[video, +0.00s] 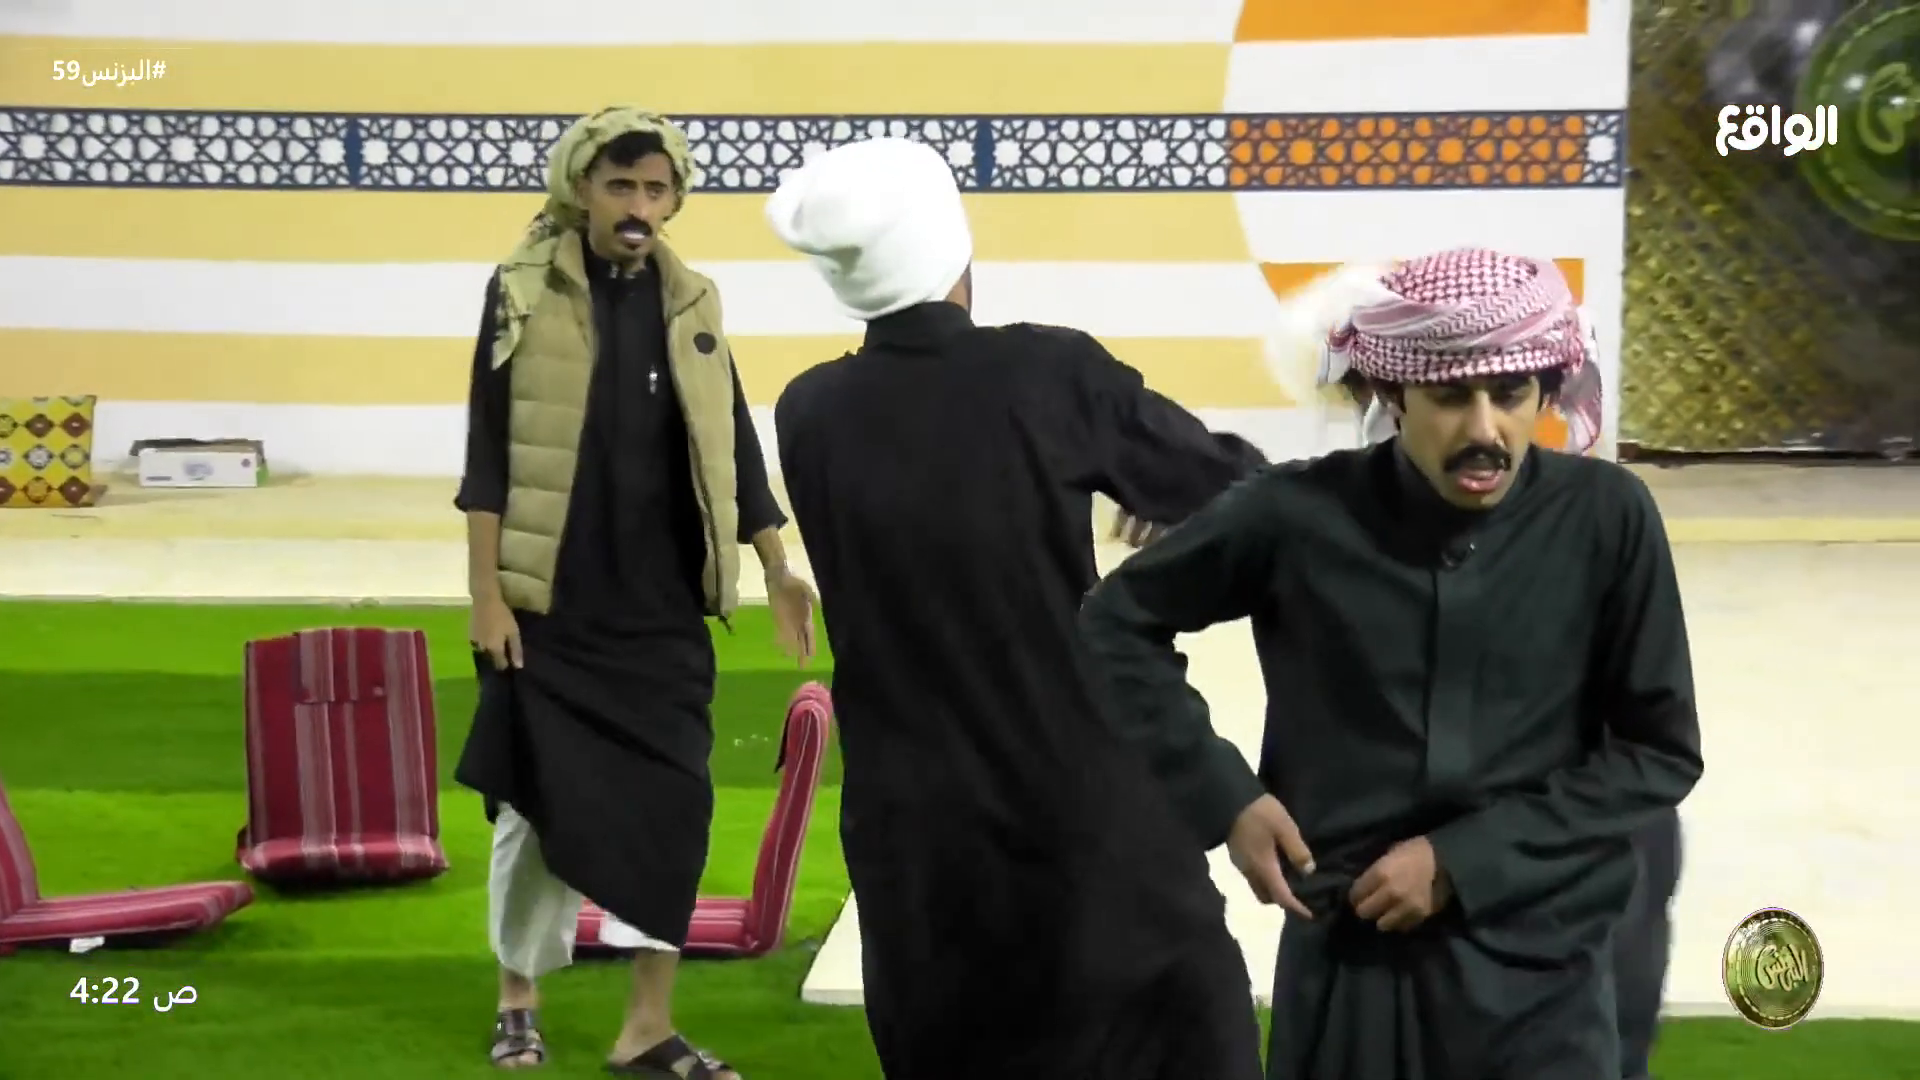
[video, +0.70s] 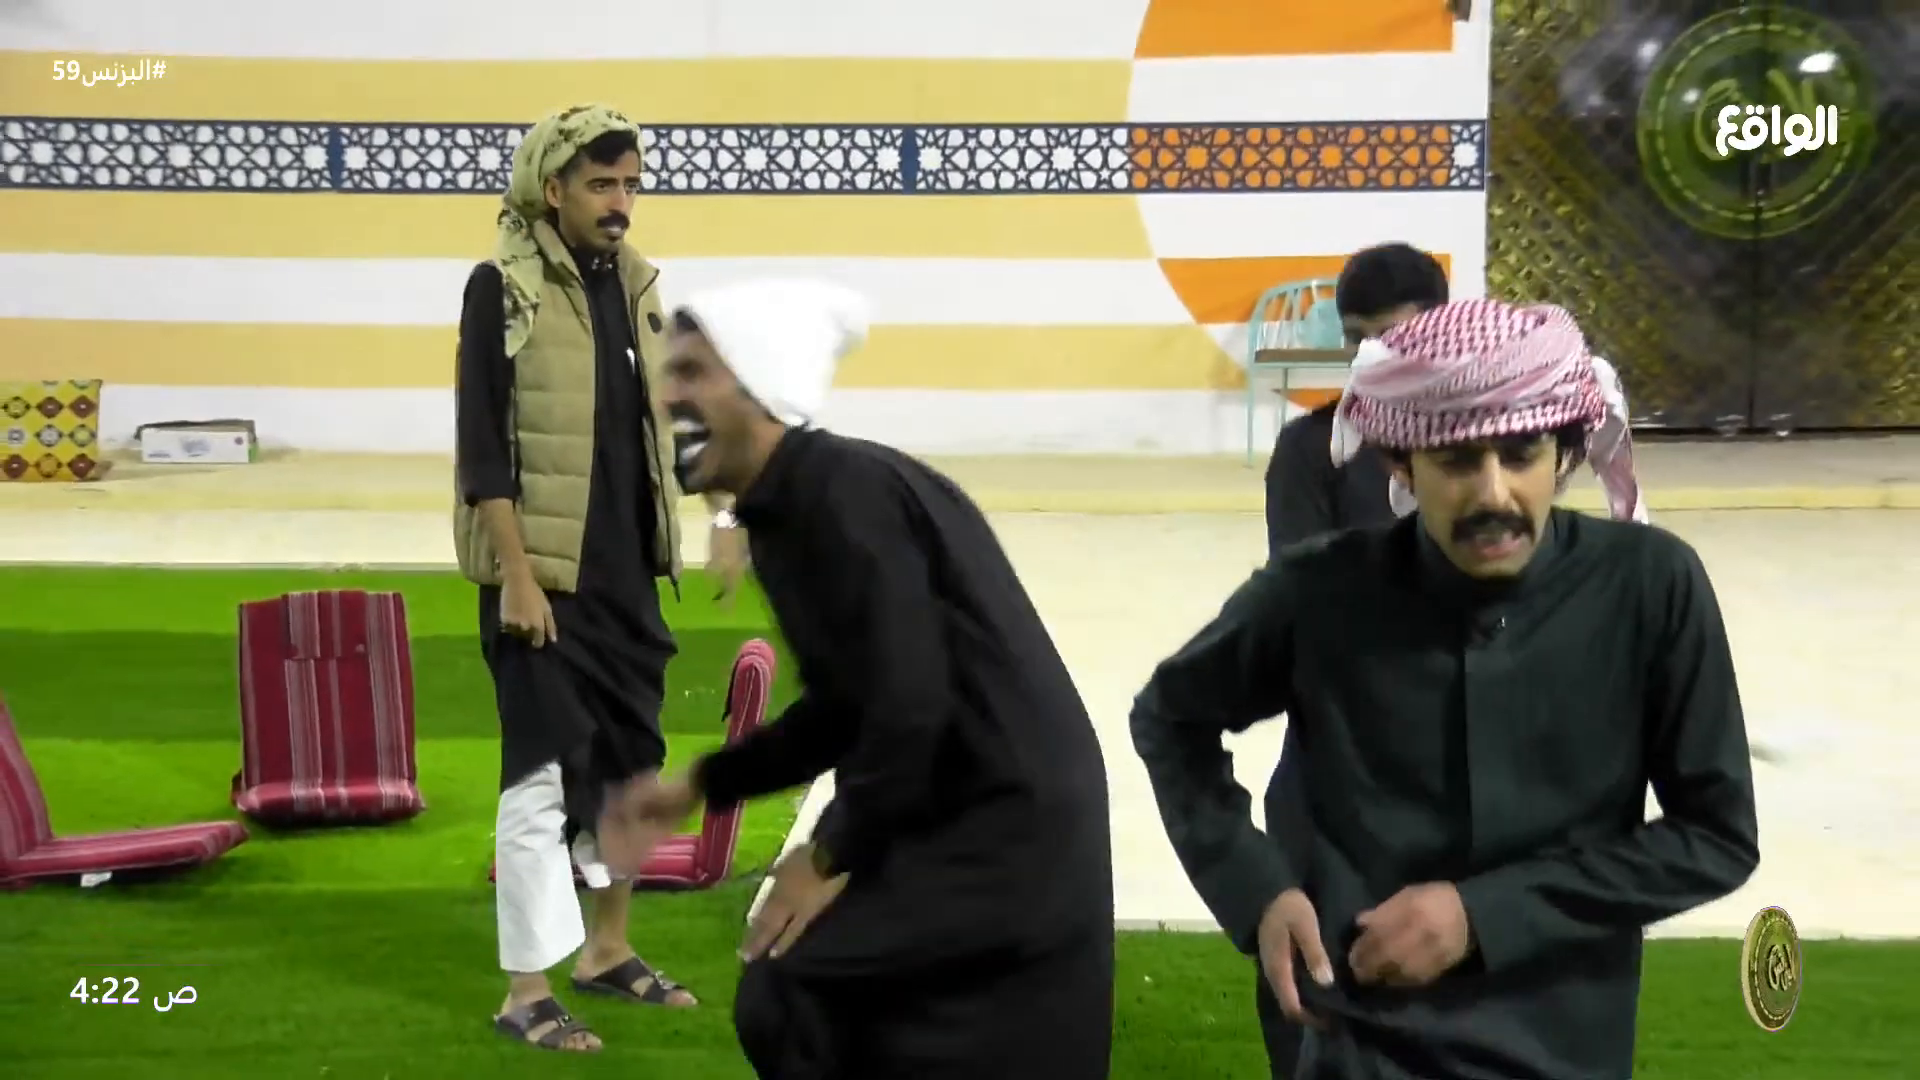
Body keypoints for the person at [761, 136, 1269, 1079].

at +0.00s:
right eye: (963, 237)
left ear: (847, 283)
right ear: (962, 260)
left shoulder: (808, 415)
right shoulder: (1056, 372)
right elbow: (1237, 491)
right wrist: (1167, 528)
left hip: (908, 825)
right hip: (1082, 801)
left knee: (942, 1046)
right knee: (1171, 1037)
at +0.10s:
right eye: (969, 223)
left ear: (853, 269)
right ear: (969, 248)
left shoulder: (815, 407)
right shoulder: (1063, 370)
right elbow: (1246, 467)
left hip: (909, 836)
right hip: (1080, 816)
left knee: (938, 1045)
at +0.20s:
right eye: (984, 226)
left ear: (874, 268)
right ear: (989, 252)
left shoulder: (826, 403)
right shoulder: (1072, 377)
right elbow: (1199, 498)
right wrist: (1147, 369)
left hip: (901, 822)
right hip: (1065, 811)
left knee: (924, 1049)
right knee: (1116, 1047)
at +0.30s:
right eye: (994, 248)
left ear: (882, 280)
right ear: (996, 270)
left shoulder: (838, 422)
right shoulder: (1076, 397)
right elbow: (1129, 545)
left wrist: (1053, 375)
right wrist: (1082, 372)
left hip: (912, 837)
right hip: (1077, 831)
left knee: (916, 1051)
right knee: (1091, 1046)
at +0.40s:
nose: (841, 353)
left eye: (845, 339)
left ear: (860, 361)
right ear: (969, 343)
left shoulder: (844, 481)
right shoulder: (1066, 450)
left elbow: (860, 628)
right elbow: (1100, 600)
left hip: (939, 849)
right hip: (1098, 841)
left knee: (901, 1054)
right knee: (1093, 1052)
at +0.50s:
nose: (781, 358)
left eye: (795, 341)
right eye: (787, 337)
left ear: (840, 364)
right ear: (908, 355)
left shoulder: (849, 481)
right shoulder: (1025, 456)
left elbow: (844, 675)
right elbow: (1099, 625)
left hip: (946, 864)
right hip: (1092, 856)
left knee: (870, 1057)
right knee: (1086, 1059)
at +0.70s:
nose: (668, 397)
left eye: (693, 371)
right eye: (666, 373)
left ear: (768, 381)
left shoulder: (839, 488)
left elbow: (907, 705)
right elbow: (840, 709)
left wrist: (827, 855)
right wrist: (697, 788)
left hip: (1011, 846)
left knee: (785, 1000)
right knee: (781, 981)